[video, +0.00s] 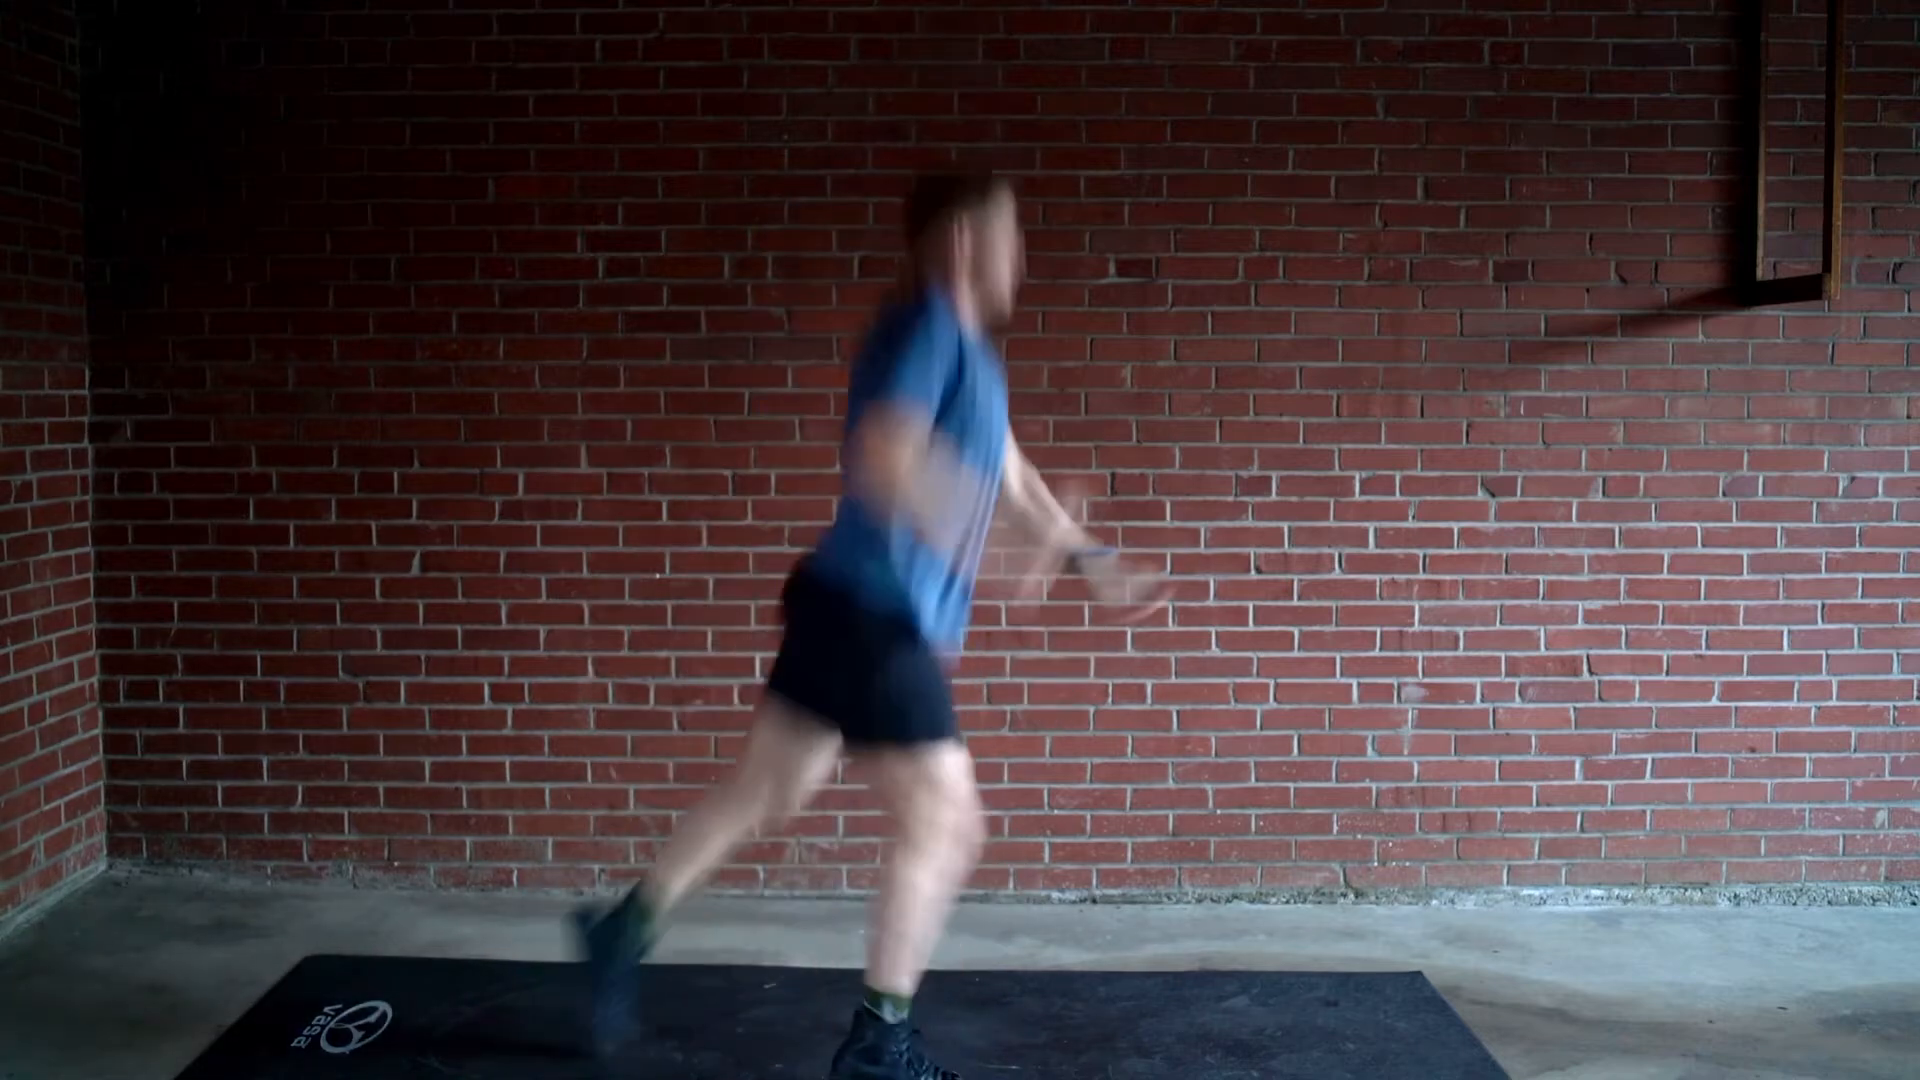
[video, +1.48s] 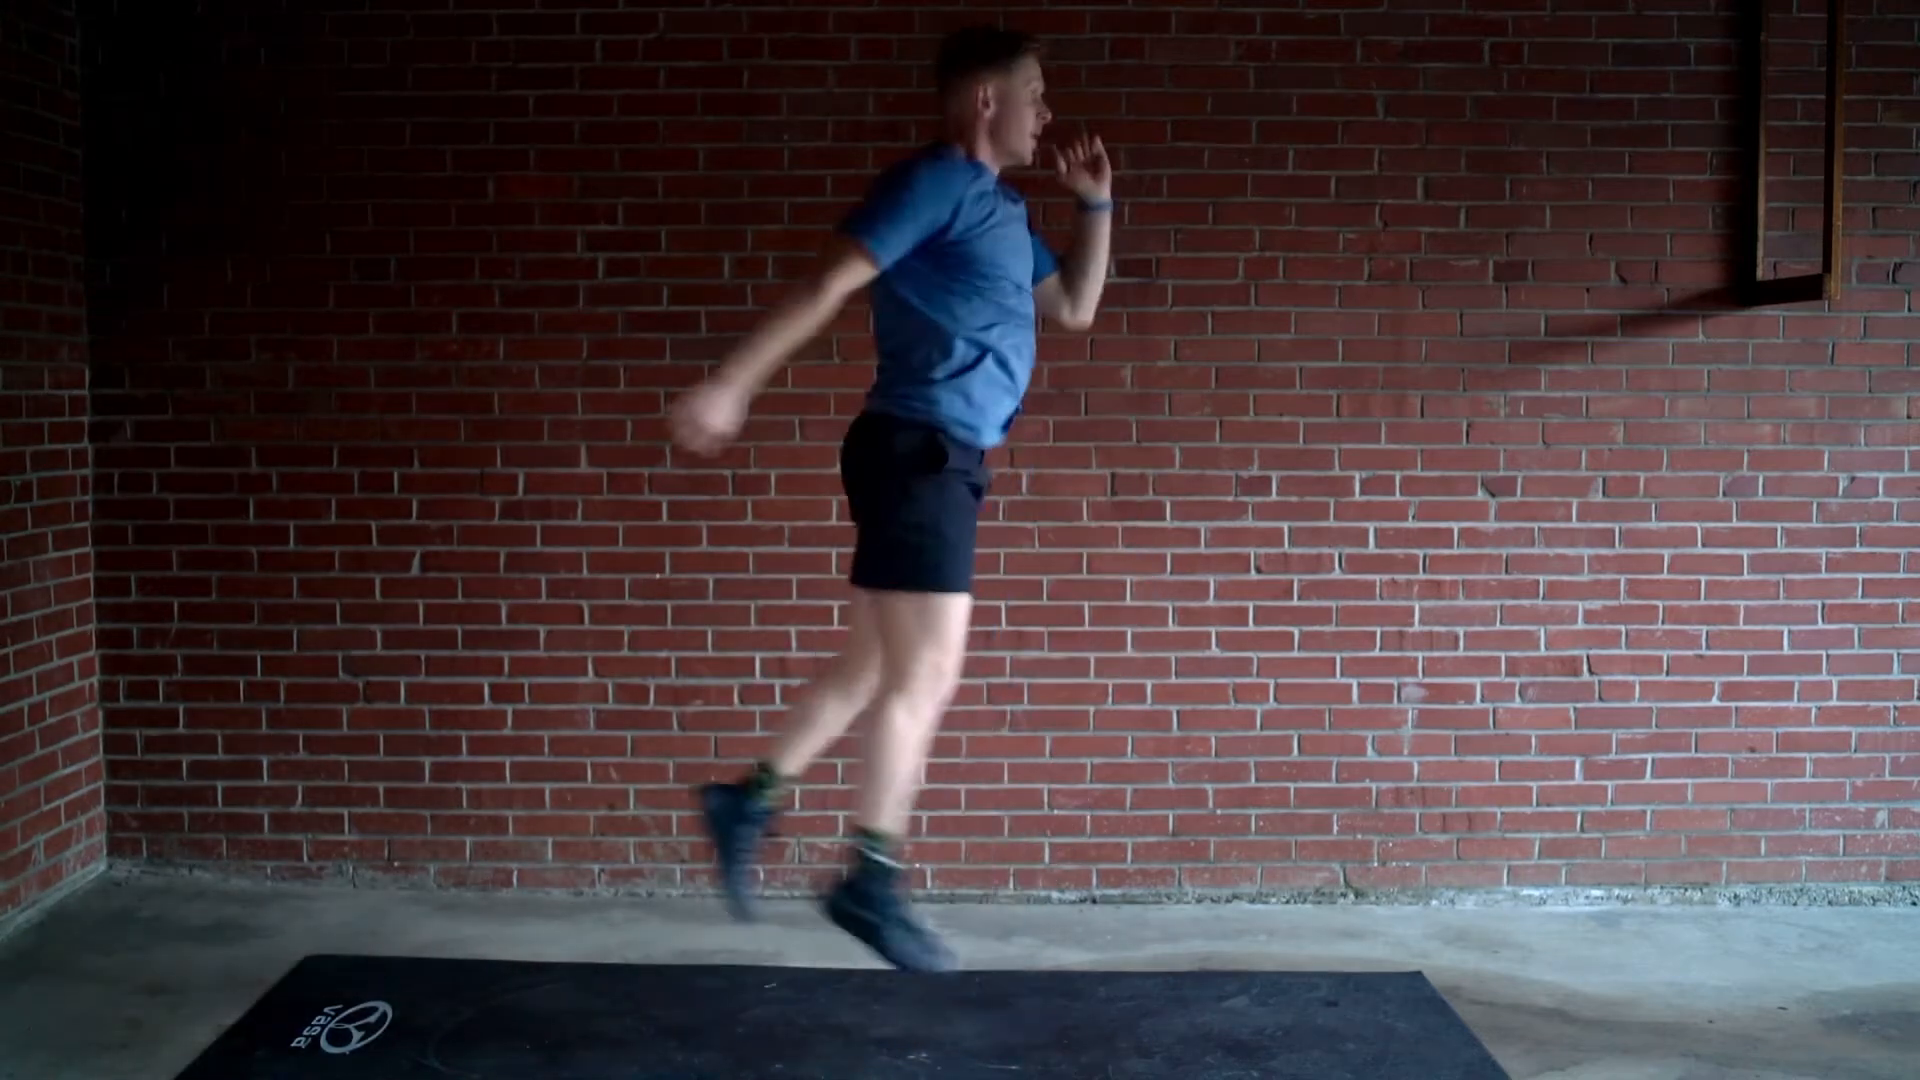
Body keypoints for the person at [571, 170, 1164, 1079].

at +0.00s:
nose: (1019, 254)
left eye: (1017, 234)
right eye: (1005, 234)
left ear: (979, 243)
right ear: (956, 241)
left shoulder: (973, 355)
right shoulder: (925, 332)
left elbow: (1010, 473)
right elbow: (881, 454)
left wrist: (1091, 560)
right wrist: (980, 535)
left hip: (857, 606)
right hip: (869, 611)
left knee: (768, 787)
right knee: (944, 822)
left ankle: (626, 921)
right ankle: (880, 1035)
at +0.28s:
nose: (1053, 149)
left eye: (1051, 132)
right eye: (1041, 132)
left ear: (989, 135)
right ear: (993, 131)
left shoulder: (948, 218)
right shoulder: (970, 216)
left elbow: (874, 351)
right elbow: (1083, 305)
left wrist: (836, 458)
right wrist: (1103, 200)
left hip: (934, 497)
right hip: (915, 498)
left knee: (937, 705)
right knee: (864, 718)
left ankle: (891, 899)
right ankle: (700, 862)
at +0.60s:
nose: (1108, 436)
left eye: (1106, 417)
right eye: (1097, 417)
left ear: (1037, 418)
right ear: (1055, 418)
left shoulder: (975, 489)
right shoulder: (1024, 510)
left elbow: (876, 567)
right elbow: (1112, 642)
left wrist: (819, 677)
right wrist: (1142, 525)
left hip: (936, 732)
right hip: (901, 743)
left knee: (1068, 813)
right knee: (892, 968)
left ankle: (986, 979)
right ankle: (693, 973)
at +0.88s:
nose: (1113, 527)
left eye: (1110, 510)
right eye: (1103, 510)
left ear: (1048, 522)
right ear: (1058, 521)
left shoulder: (998, 580)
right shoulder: (1016, 592)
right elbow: (1103, 730)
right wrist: (1137, 619)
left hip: (916, 790)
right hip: (867, 804)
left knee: (1061, 816)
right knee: (890, 1024)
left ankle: (986, 980)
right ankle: (699, 978)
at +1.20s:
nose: (1051, 251)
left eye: (1050, 232)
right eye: (1038, 232)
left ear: (1005, 241)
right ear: (992, 237)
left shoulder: (1002, 336)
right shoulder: (968, 319)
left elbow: (999, 435)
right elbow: (941, 434)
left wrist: (1090, 418)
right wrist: (1044, 518)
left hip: (956, 611)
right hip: (901, 599)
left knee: (1001, 771)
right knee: (828, 780)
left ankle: (984, 966)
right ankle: (690, 951)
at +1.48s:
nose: (1045, 113)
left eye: (1044, 96)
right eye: (1033, 94)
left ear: (999, 105)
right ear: (980, 101)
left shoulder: (1005, 213)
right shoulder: (941, 183)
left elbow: (1075, 307)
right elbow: (832, 283)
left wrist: (1096, 207)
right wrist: (731, 387)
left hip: (936, 452)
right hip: (918, 449)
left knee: (870, 661)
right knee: (928, 668)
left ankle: (750, 798)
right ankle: (872, 876)